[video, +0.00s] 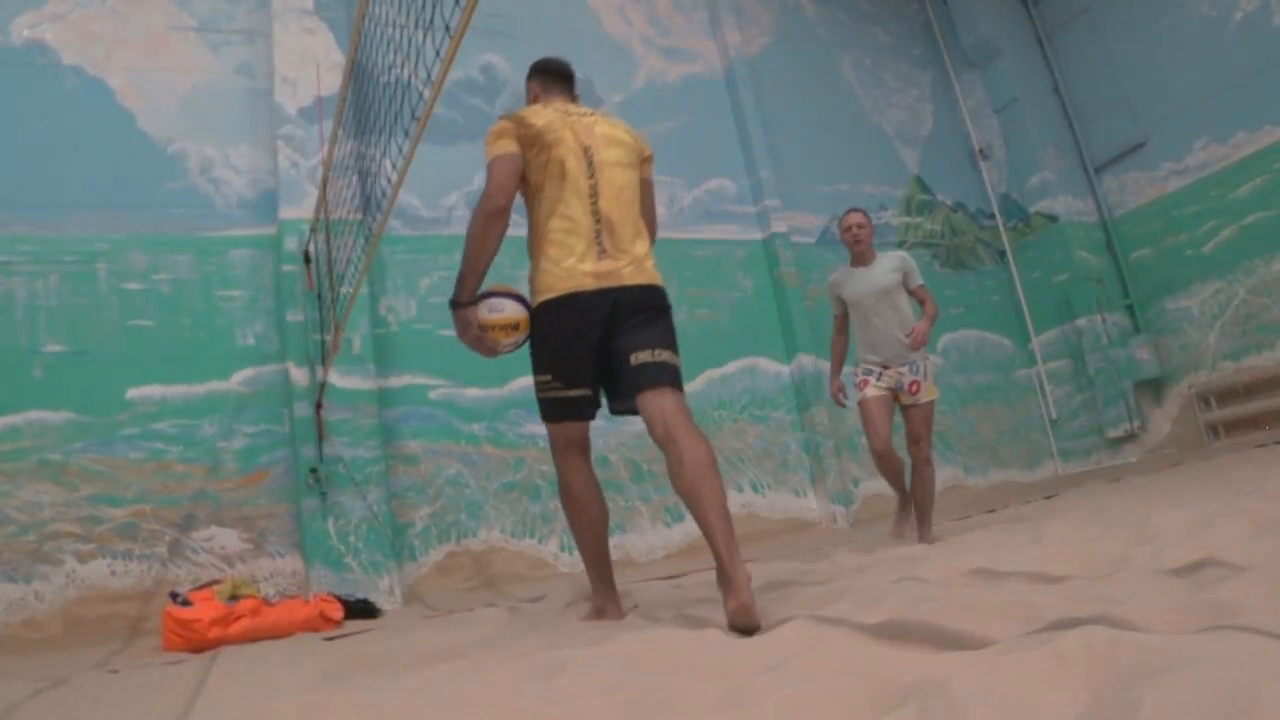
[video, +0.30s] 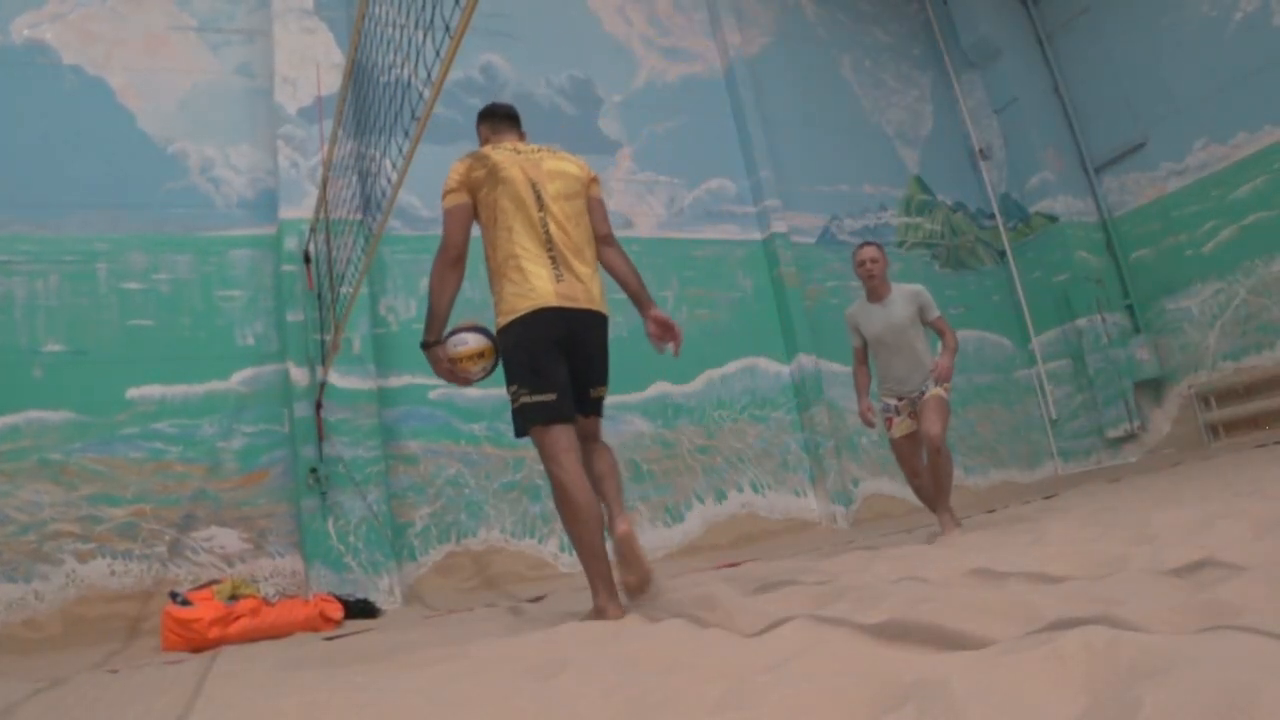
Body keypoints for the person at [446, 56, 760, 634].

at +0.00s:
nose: (528, 104)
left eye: (528, 96)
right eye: (535, 96)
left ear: (532, 92)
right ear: (576, 93)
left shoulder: (518, 125)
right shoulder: (627, 135)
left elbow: (497, 204)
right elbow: (646, 228)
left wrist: (463, 299)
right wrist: (602, 275)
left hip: (564, 303)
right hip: (640, 292)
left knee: (571, 448)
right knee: (674, 422)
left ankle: (605, 597)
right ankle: (734, 577)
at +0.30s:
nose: (485, 146)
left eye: (483, 139)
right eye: (490, 137)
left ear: (482, 136)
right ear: (523, 132)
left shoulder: (473, 166)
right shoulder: (574, 166)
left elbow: (453, 254)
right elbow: (606, 244)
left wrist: (433, 337)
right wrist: (648, 307)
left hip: (528, 322)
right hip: (589, 318)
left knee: (562, 459)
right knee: (591, 438)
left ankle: (607, 602)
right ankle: (619, 520)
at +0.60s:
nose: (476, 198)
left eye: (470, 192)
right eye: (487, 188)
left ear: (469, 190)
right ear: (507, 187)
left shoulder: (453, 220)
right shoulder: (544, 216)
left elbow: (450, 299)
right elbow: (589, 265)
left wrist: (451, 379)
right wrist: (639, 316)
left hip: (498, 357)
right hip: (550, 355)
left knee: (531, 474)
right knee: (536, 478)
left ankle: (595, 585)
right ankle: (542, 599)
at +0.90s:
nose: (449, 224)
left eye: (449, 218)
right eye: (454, 219)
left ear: (453, 215)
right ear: (487, 215)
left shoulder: (440, 244)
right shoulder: (523, 246)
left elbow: (431, 317)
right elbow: (554, 313)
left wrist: (452, 367)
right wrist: (548, 373)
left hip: (470, 378)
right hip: (523, 377)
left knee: (453, 472)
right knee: (530, 486)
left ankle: (501, 544)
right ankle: (541, 599)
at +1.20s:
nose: (423, 253)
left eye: (421, 247)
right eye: (427, 247)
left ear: (422, 246)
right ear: (453, 243)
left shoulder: (413, 280)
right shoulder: (489, 274)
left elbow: (405, 341)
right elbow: (530, 328)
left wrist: (414, 399)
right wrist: (515, 379)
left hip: (443, 406)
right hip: (494, 399)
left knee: (452, 505)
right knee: (513, 490)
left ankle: (475, 599)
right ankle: (539, 582)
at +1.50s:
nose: (406, 269)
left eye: (405, 264)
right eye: (412, 263)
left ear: (407, 263)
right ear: (437, 261)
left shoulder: (394, 300)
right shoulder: (468, 289)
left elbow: (383, 369)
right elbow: (501, 336)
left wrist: (387, 427)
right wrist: (503, 381)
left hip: (428, 413)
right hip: (473, 408)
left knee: (450, 508)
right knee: (479, 482)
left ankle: (474, 599)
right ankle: (489, 560)